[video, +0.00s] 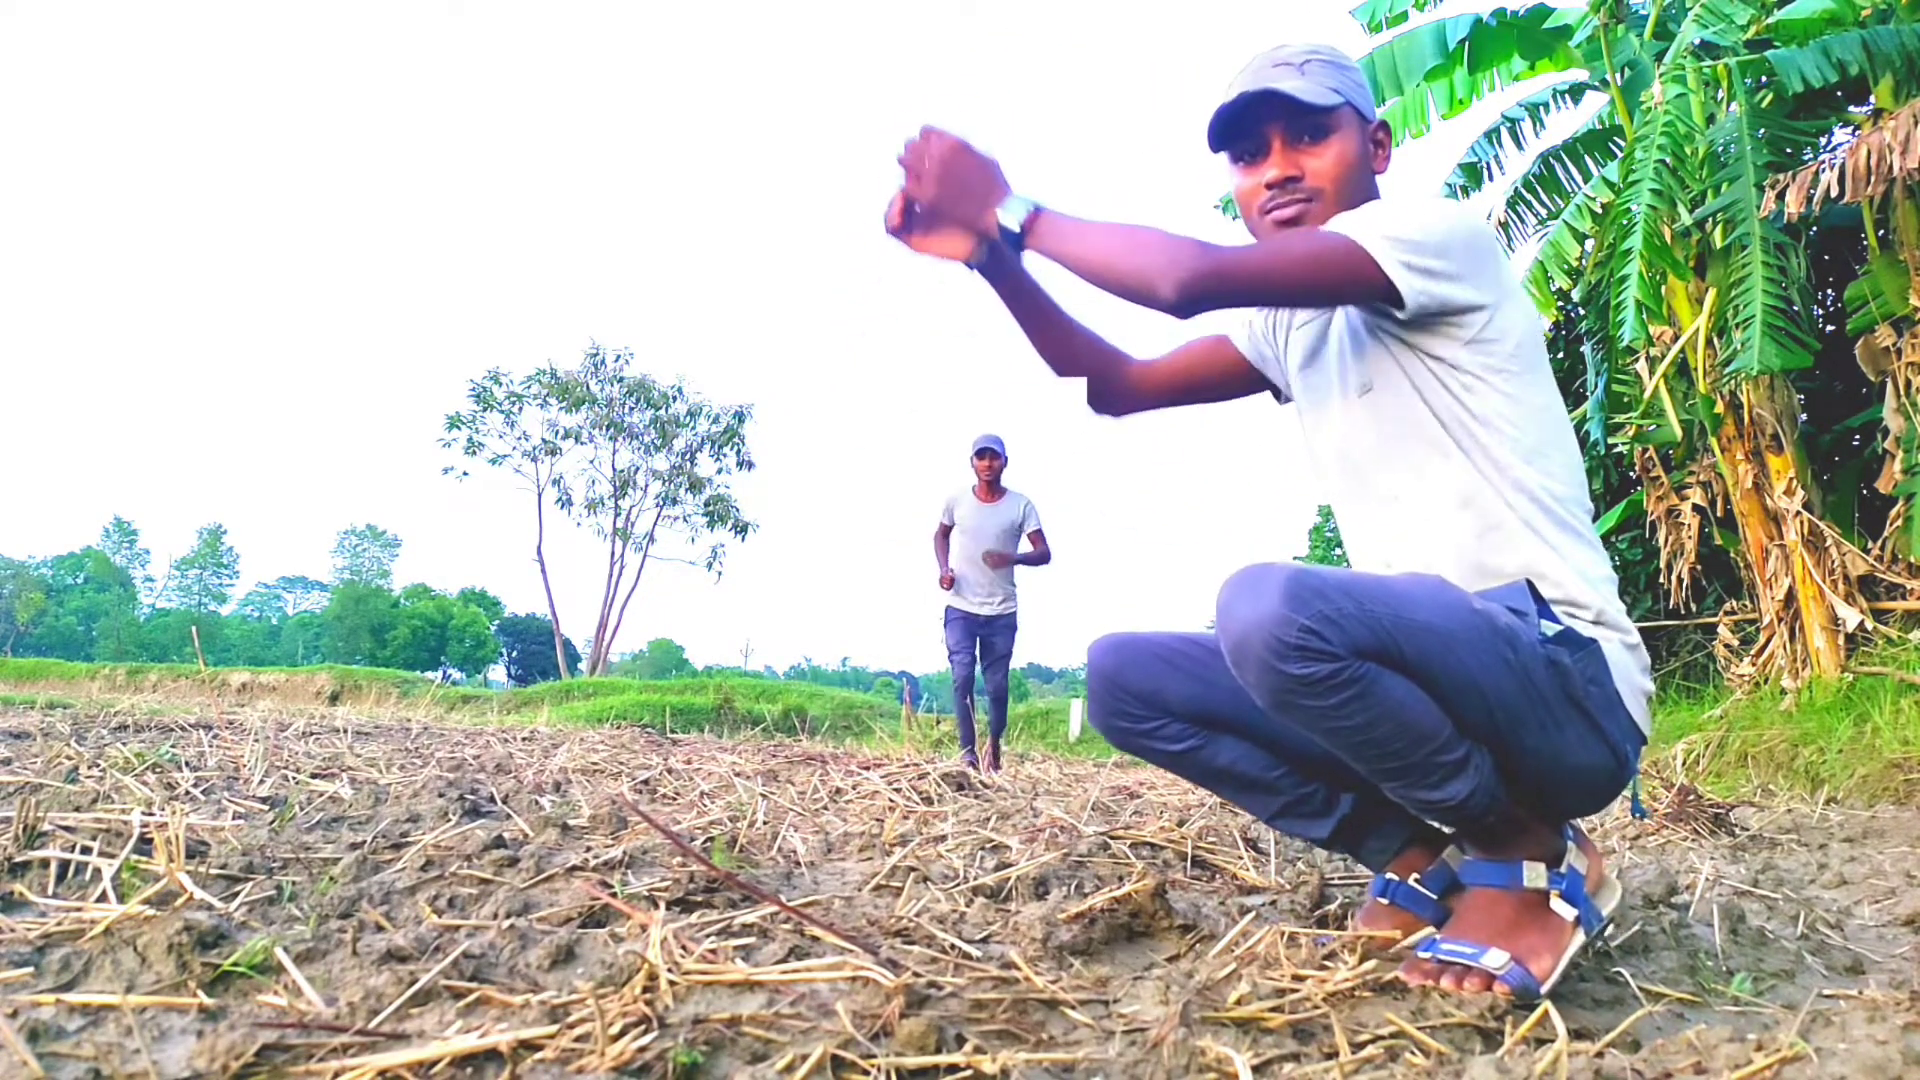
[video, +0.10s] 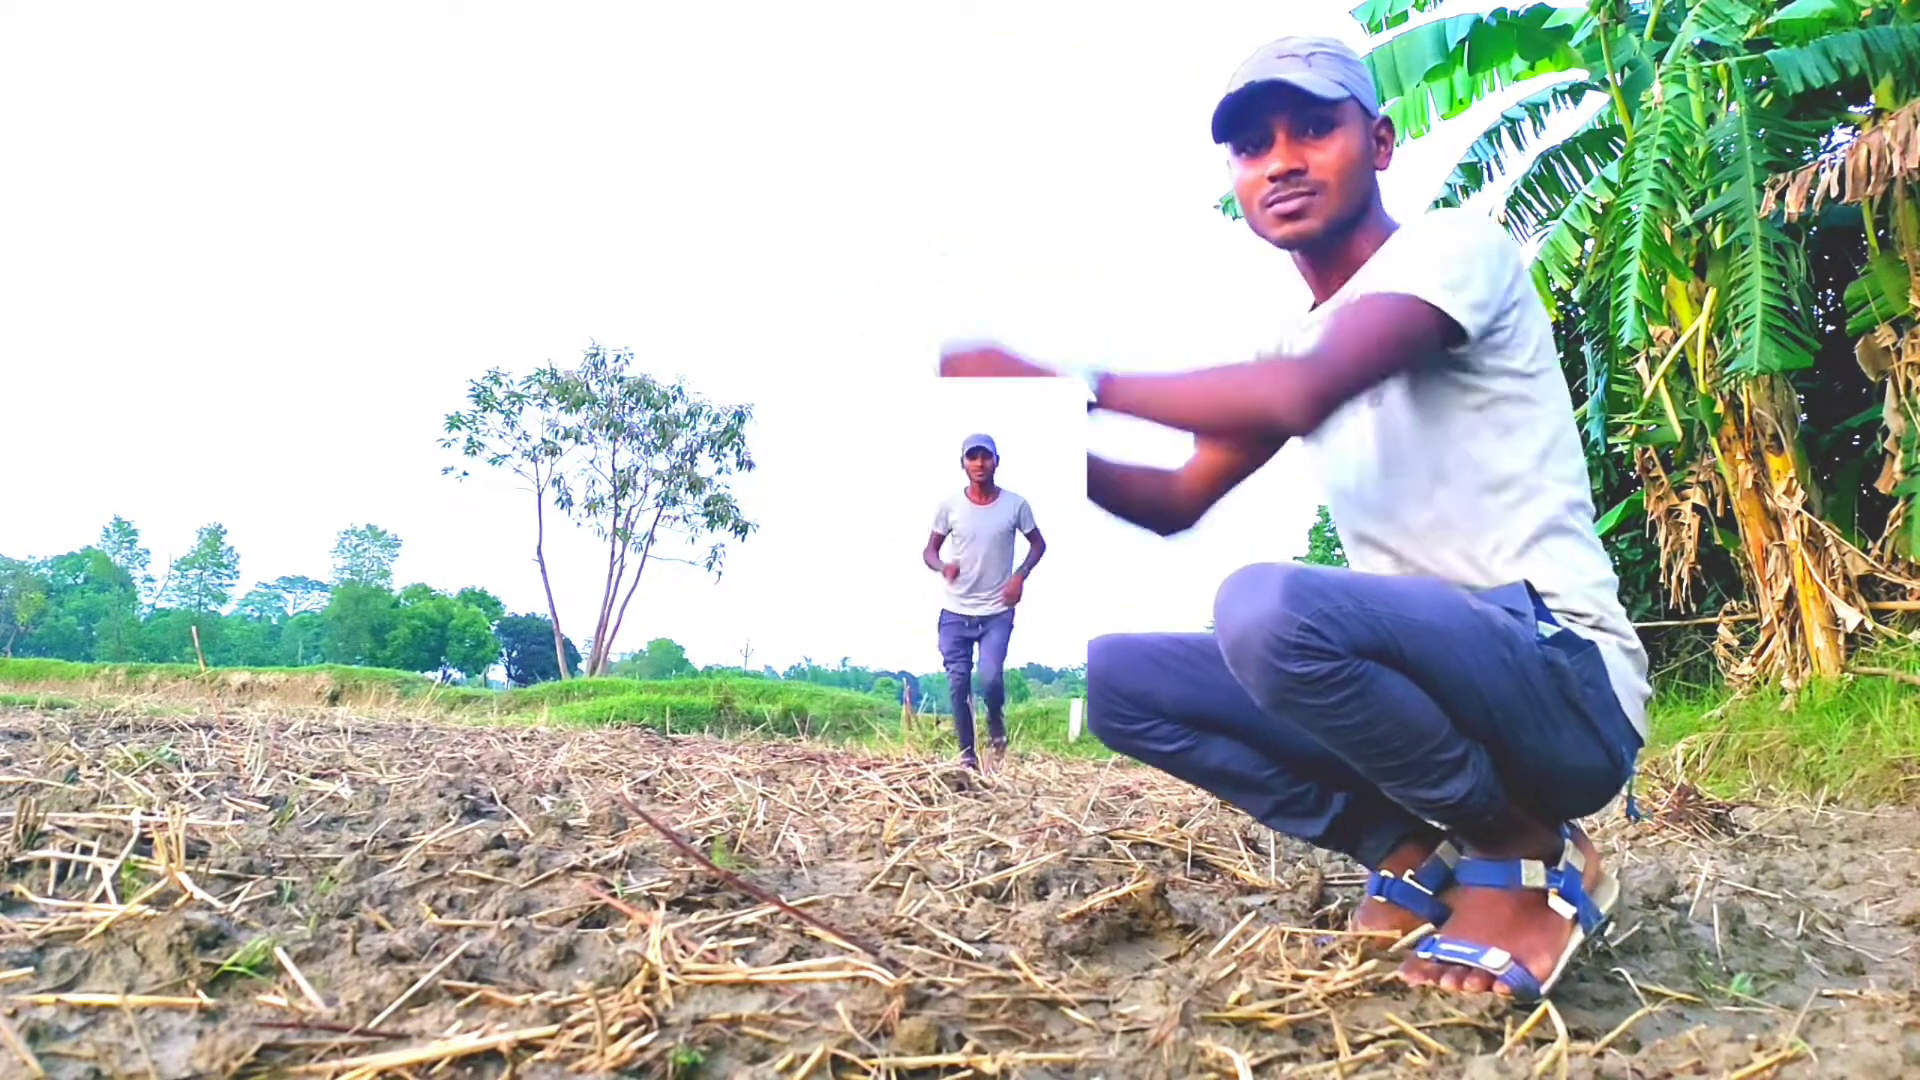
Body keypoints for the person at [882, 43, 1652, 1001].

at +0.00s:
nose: (1275, 167)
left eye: (1309, 132)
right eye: (1247, 148)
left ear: (1379, 149)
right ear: (1231, 180)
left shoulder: (1443, 239)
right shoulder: (1295, 328)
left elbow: (1189, 278)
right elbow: (1116, 383)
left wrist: (1011, 212)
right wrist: (991, 257)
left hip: (1566, 670)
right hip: (1435, 684)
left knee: (1271, 611)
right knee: (1124, 681)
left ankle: (1520, 859)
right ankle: (1425, 854)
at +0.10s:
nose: (1281, 161)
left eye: (1313, 129)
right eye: (1252, 143)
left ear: (1381, 147)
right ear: (1235, 186)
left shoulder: (1459, 247)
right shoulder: (1301, 346)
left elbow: (1295, 397)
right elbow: (1179, 501)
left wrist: (1077, 386)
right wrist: (1041, 453)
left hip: (1567, 676)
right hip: (1434, 700)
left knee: (1268, 613)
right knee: (1122, 681)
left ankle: (1518, 859)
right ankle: (1415, 858)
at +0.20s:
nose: (1273, 168)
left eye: (1302, 136)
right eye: (1241, 150)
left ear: (1364, 151)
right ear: (1220, 190)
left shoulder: (1457, 259)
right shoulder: (1275, 369)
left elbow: (1387, 461)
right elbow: (1228, 554)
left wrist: (1147, 494)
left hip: (1573, 684)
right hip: (1420, 707)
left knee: (1278, 608)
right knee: (1122, 677)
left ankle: (1521, 859)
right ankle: (1411, 853)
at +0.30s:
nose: (1235, 188)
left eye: (1263, 151)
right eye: (1200, 172)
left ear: (1328, 156)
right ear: (1183, 210)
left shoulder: (1444, 255)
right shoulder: (1252, 370)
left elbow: (1455, 472)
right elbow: (1250, 561)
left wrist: (1202, 512)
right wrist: (1167, 598)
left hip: (1594, 676)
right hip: (1426, 703)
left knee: (1341, 567)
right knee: (1140, 658)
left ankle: (1533, 858)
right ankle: (1412, 862)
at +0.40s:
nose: (1226, 163)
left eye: (1249, 120)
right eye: (1188, 144)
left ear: (1312, 112)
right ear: (1163, 176)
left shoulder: (1438, 205)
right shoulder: (1236, 323)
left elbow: (1496, 432)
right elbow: (1251, 520)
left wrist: (1227, 473)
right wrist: (1168, 578)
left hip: (1615, 606)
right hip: (1439, 632)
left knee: (1390, 528)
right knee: (1158, 629)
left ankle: (1529, 864)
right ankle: (1416, 860)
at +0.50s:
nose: (1247, 67)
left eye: (1272, 23)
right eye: (1207, 43)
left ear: (1337, 15)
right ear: (1175, 71)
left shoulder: (1479, 120)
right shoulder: (1226, 220)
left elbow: (1533, 378)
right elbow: (1249, 434)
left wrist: (1276, 469)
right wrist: (1193, 551)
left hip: (1626, 465)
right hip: (1426, 491)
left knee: (1445, 500)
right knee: (1187, 594)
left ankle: (1533, 864)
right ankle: (1426, 864)